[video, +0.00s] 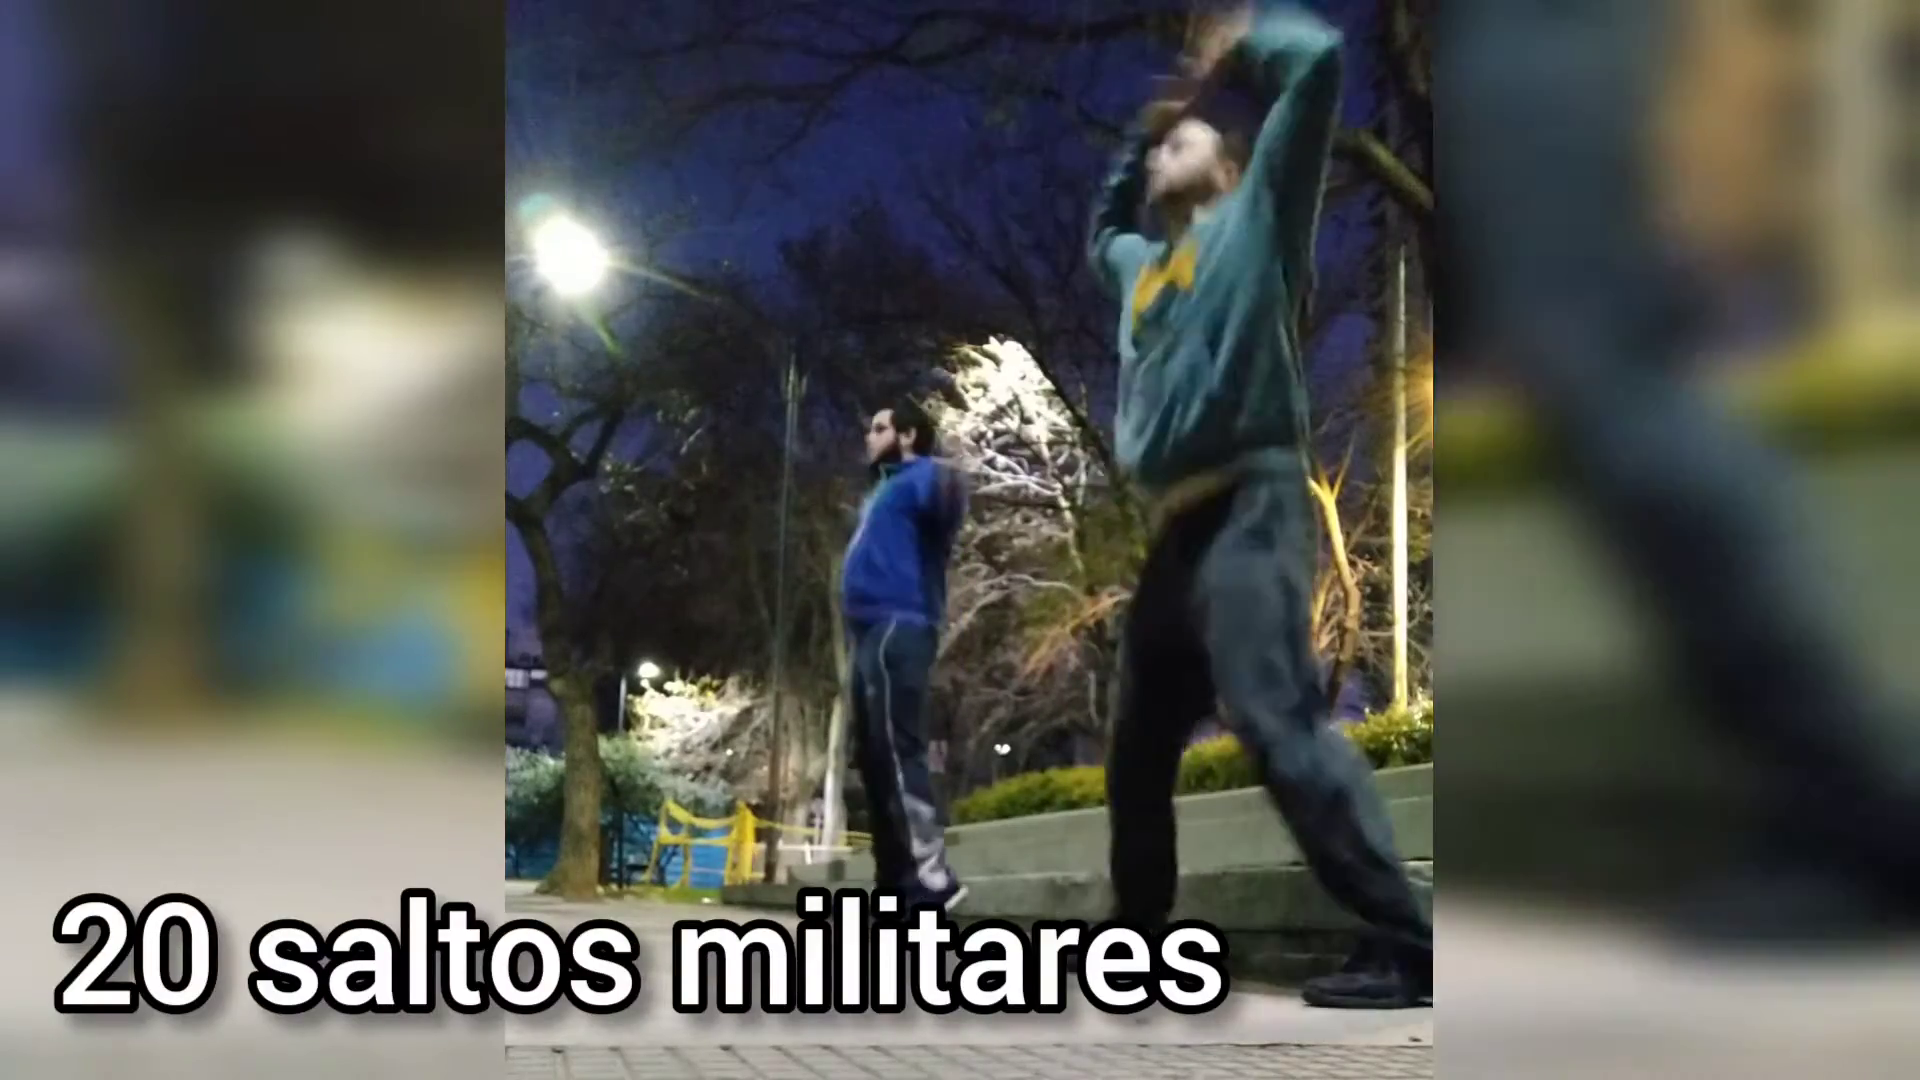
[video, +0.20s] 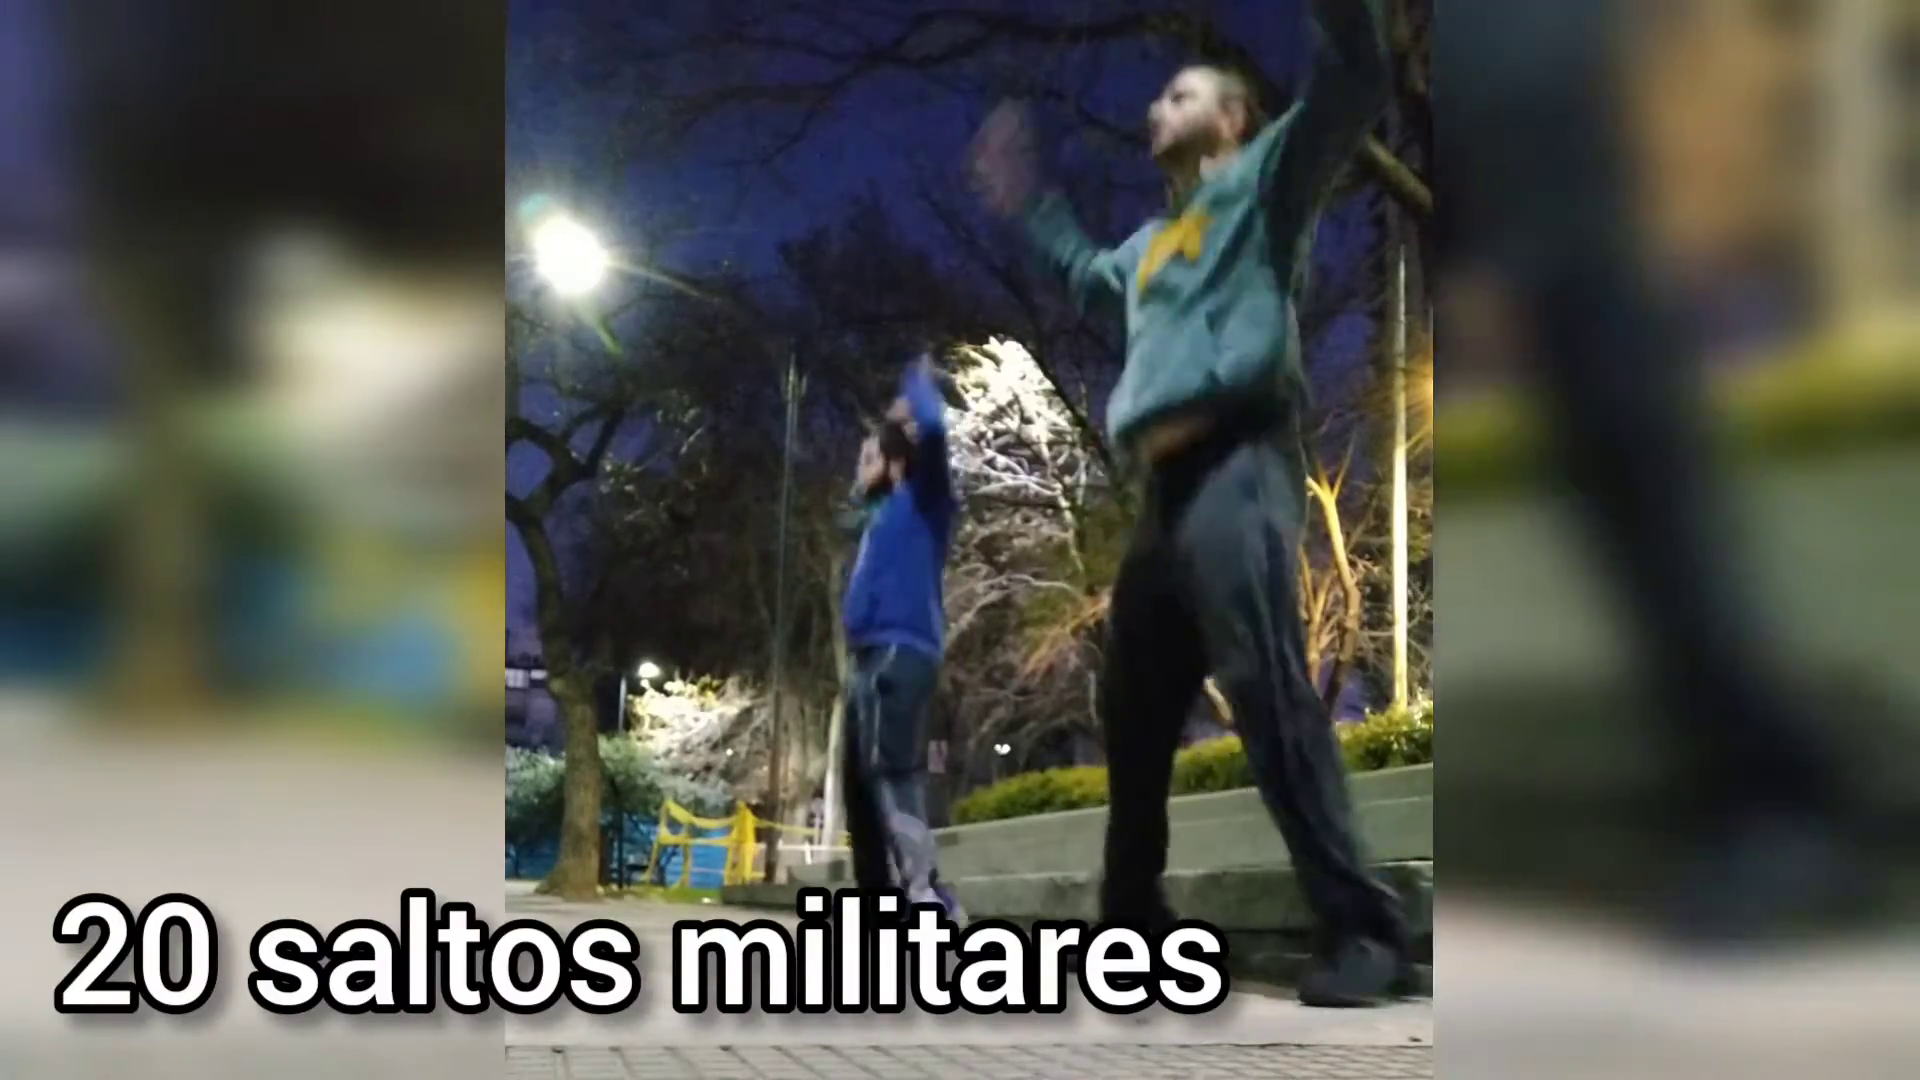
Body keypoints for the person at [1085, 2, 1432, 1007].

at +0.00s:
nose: (1167, 148)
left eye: (1185, 133)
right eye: (1158, 144)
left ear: (1229, 150)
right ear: (1149, 179)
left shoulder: (1262, 208)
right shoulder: (1140, 261)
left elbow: (1316, 57)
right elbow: (1107, 229)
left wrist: (1237, 36)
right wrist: (1135, 143)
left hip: (1256, 502)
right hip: (1178, 528)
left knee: (1270, 715)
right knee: (1139, 751)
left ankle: (1398, 946)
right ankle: (1142, 957)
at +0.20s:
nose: (1162, 101)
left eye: (1186, 91)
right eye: (1162, 93)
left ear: (1235, 119)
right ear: (1165, 131)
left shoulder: (1268, 177)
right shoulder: (1141, 247)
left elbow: (1348, 78)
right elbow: (1083, 270)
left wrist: (1342, 4)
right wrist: (1023, 197)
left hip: (1239, 459)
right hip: (1162, 484)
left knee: (1264, 689)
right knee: (1134, 712)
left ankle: (1363, 937)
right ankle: (1128, 939)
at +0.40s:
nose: (1138, 111)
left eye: (1161, 98)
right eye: (1141, 100)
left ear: (1213, 122)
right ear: (1160, 132)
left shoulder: (1252, 197)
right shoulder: (1159, 233)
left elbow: (1341, 310)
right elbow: (1158, 359)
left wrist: (1292, 385)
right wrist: (1117, 444)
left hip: (1219, 482)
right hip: (1153, 492)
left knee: (1207, 714)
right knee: (1126, 722)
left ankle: (1243, 944)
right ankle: (1166, 937)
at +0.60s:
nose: (1136, 97)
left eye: (1158, 82)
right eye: (1136, 87)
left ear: (1209, 110)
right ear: (1147, 124)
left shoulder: (1243, 187)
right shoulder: (1147, 229)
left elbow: (1295, 292)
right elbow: (1136, 356)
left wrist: (1251, 389)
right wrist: (1112, 443)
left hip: (1213, 467)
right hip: (1139, 483)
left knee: (1202, 691)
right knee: (1127, 700)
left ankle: (1234, 933)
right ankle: (1170, 929)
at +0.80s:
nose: (1134, 95)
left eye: (1155, 84)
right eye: (1138, 86)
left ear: (1209, 104)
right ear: (1161, 116)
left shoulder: (1233, 172)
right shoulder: (1134, 226)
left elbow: (1281, 62)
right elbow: (1089, 289)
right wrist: (1036, 200)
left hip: (1211, 444)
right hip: (1138, 465)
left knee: (1235, 669)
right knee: (1108, 717)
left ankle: (1319, 920)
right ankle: (1106, 934)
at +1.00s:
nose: (1135, 156)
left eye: (1154, 143)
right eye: (1128, 147)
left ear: (1194, 161)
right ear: (1118, 172)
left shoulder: (1226, 218)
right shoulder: (1113, 264)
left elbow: (1276, 48)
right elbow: (1082, 223)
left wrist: (1191, 20)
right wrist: (1104, 139)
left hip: (1204, 506)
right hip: (1129, 528)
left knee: (1219, 746)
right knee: (1079, 762)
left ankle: (1353, 954)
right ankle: (1107, 959)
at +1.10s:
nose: (1129, 105)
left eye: (1151, 92)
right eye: (1132, 95)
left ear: (1204, 111)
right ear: (1141, 123)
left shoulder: (1228, 177)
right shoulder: (1125, 235)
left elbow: (1298, 57)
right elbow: (1085, 263)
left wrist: (1301, 7)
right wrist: (1035, 179)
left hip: (1199, 452)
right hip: (1127, 478)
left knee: (1220, 690)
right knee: (1096, 726)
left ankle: (1322, 933)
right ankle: (1092, 944)